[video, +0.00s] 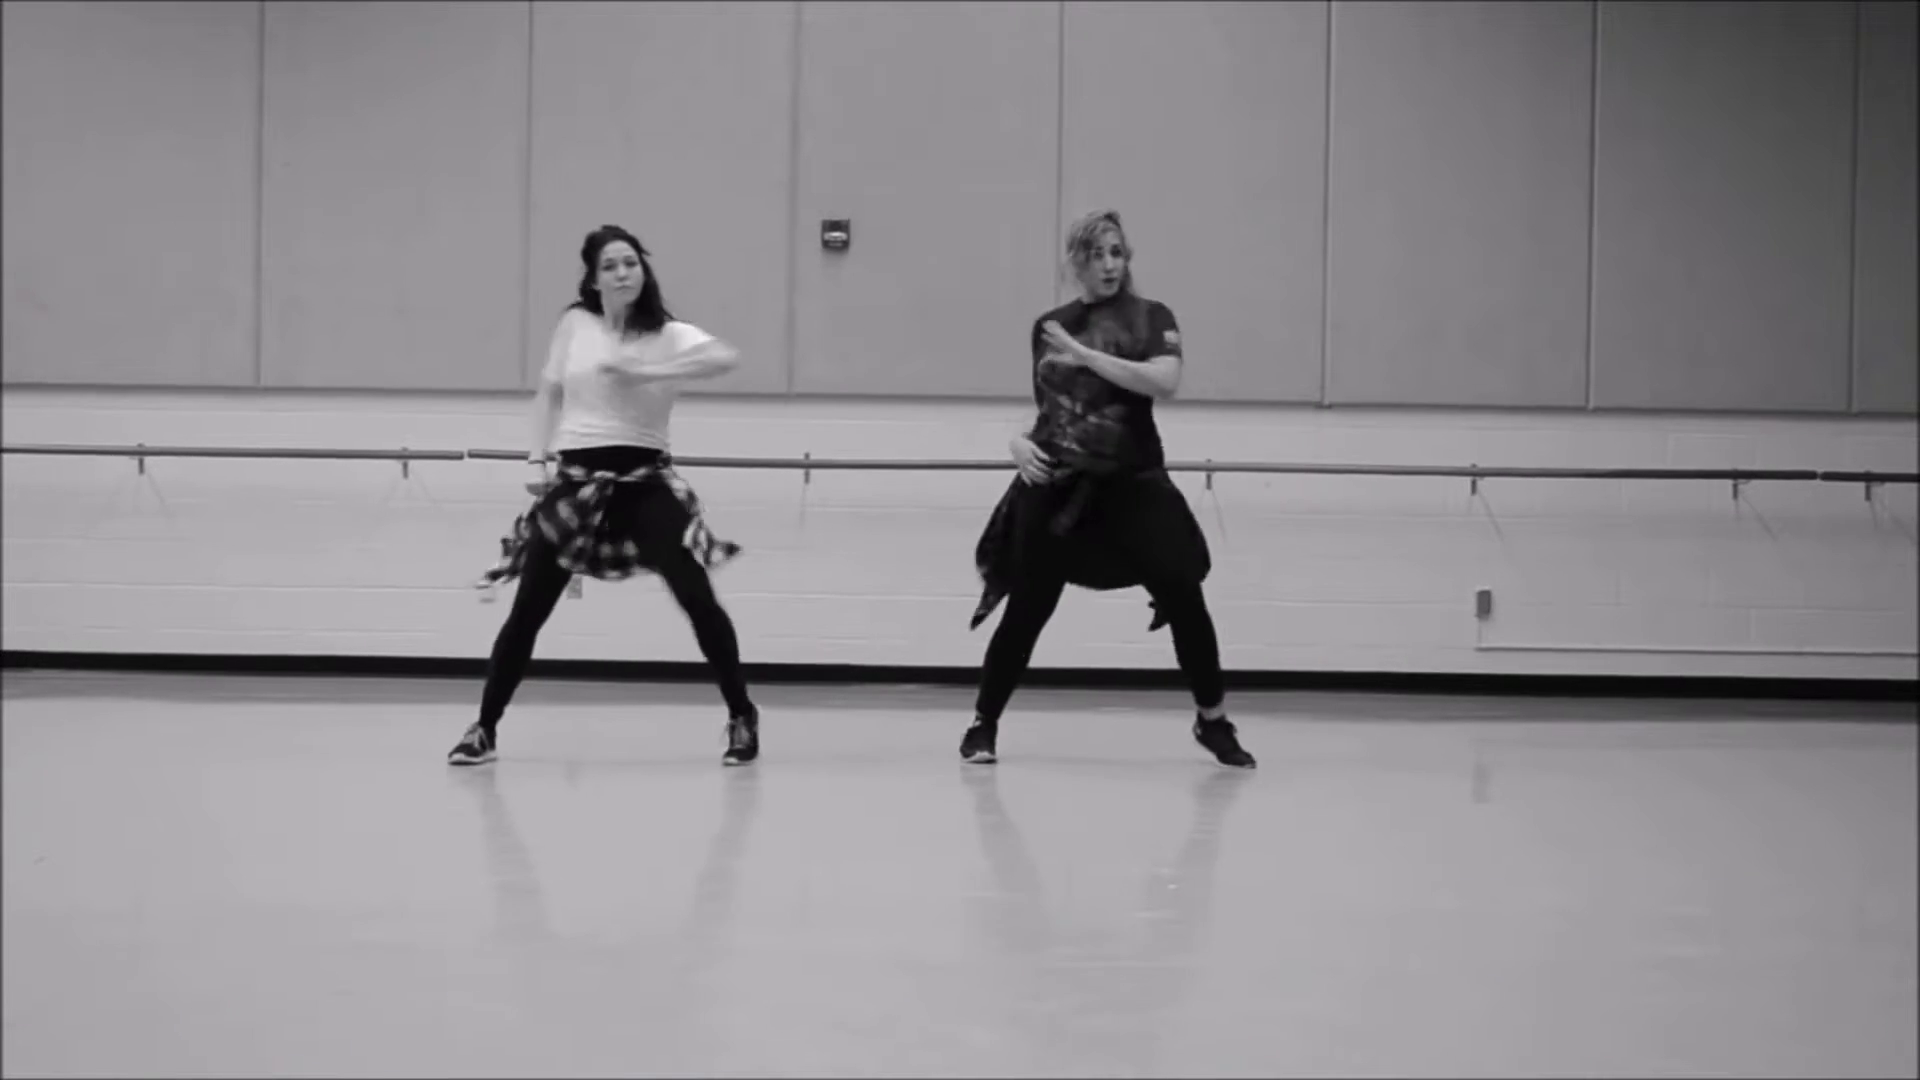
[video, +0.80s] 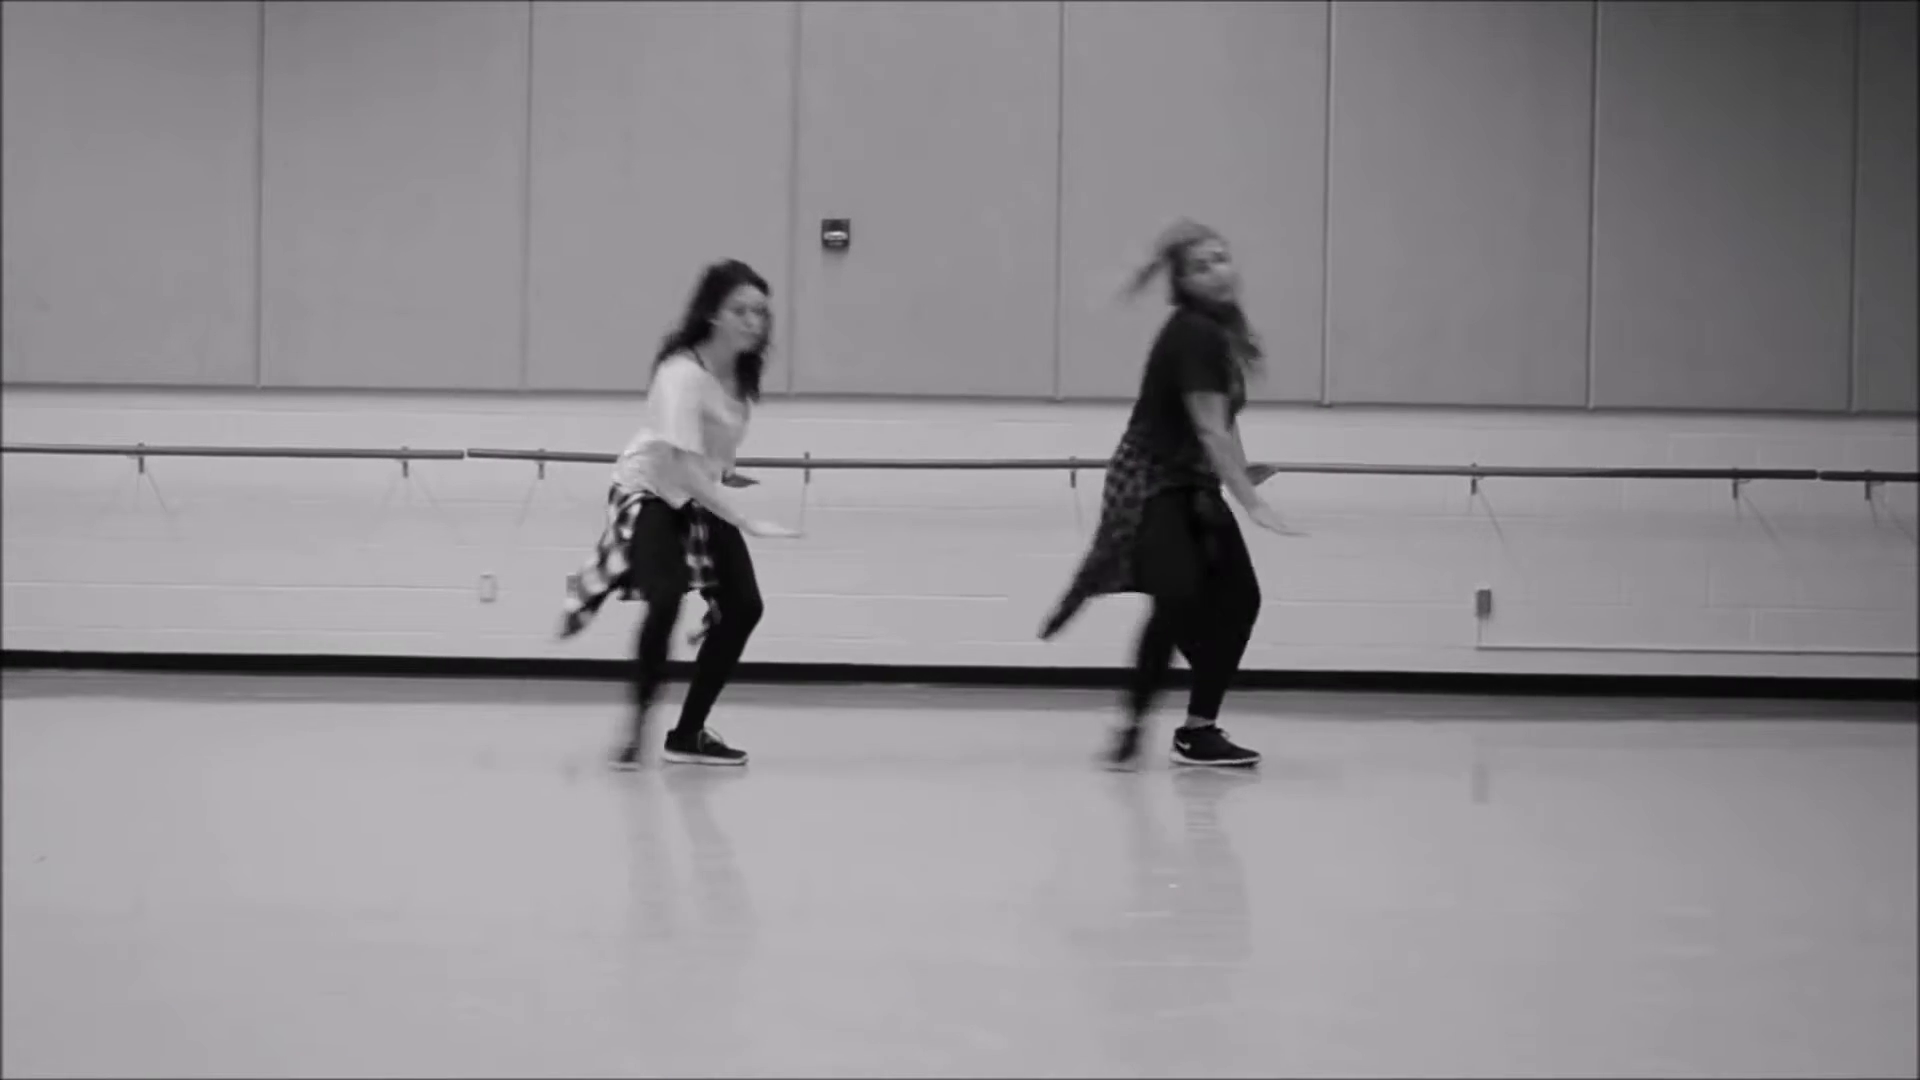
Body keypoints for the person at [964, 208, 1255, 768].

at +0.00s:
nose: (1109, 264)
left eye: (1117, 253)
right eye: (1096, 254)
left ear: (1128, 259)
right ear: (1076, 263)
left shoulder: (1152, 316)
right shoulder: (1052, 328)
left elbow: (1167, 380)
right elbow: (1050, 414)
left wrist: (1086, 356)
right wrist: (1019, 442)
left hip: (1133, 485)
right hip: (1059, 486)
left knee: (1184, 598)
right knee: (1028, 609)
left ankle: (1212, 720)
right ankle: (985, 723)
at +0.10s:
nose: (1108, 257)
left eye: (1115, 246)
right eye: (1096, 248)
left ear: (1126, 253)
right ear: (1074, 257)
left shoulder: (1151, 318)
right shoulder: (1043, 327)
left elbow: (1208, 385)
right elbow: (1024, 399)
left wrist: (1150, 371)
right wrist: (1018, 446)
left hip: (1141, 491)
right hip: (1063, 492)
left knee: (1195, 591)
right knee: (1033, 608)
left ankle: (1212, 719)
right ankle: (984, 723)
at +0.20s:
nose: (1110, 256)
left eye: (1116, 245)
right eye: (1096, 248)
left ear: (1127, 252)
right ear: (1076, 259)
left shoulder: (1155, 322)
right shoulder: (1050, 322)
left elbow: (1204, 380)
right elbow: (1005, 391)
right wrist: (1020, 446)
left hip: (1144, 484)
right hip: (1066, 485)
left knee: (1201, 589)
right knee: (1033, 606)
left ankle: (1214, 719)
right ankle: (983, 722)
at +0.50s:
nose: (1117, 263)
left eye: (1124, 252)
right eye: (1104, 255)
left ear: (1136, 259)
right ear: (1086, 266)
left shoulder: (1168, 329)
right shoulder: (1063, 329)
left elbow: (1197, 411)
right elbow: (1041, 408)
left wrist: (1228, 482)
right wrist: (1078, 407)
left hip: (1158, 492)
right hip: (1080, 490)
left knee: (1209, 593)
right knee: (1042, 603)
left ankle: (1201, 726)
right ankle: (983, 722)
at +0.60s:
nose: (1131, 267)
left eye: (1136, 255)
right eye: (1116, 261)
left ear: (1149, 259)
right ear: (1097, 277)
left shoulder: (1176, 322)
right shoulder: (1106, 327)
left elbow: (1200, 403)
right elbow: (1107, 415)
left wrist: (1225, 469)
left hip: (1175, 489)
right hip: (1113, 489)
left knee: (1221, 597)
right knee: (1067, 610)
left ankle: (1195, 729)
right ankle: (991, 718)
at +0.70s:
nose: (1172, 265)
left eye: (1175, 253)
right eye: (1157, 260)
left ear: (1188, 259)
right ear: (1137, 277)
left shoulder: (1196, 319)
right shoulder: (1152, 330)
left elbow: (1207, 400)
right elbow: (1165, 423)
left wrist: (1232, 462)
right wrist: (1220, 487)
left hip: (1192, 488)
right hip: (1142, 489)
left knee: (1234, 599)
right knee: (1119, 604)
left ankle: (1197, 729)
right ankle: (1045, 710)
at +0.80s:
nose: (1220, 272)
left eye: (1224, 261)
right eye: (1204, 265)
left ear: (1232, 268)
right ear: (1180, 278)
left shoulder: (1216, 333)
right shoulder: (1190, 334)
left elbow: (1217, 420)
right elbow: (1208, 427)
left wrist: (1240, 470)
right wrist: (1249, 497)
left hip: (1195, 489)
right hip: (1160, 490)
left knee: (1237, 598)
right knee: (1174, 600)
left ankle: (1201, 728)